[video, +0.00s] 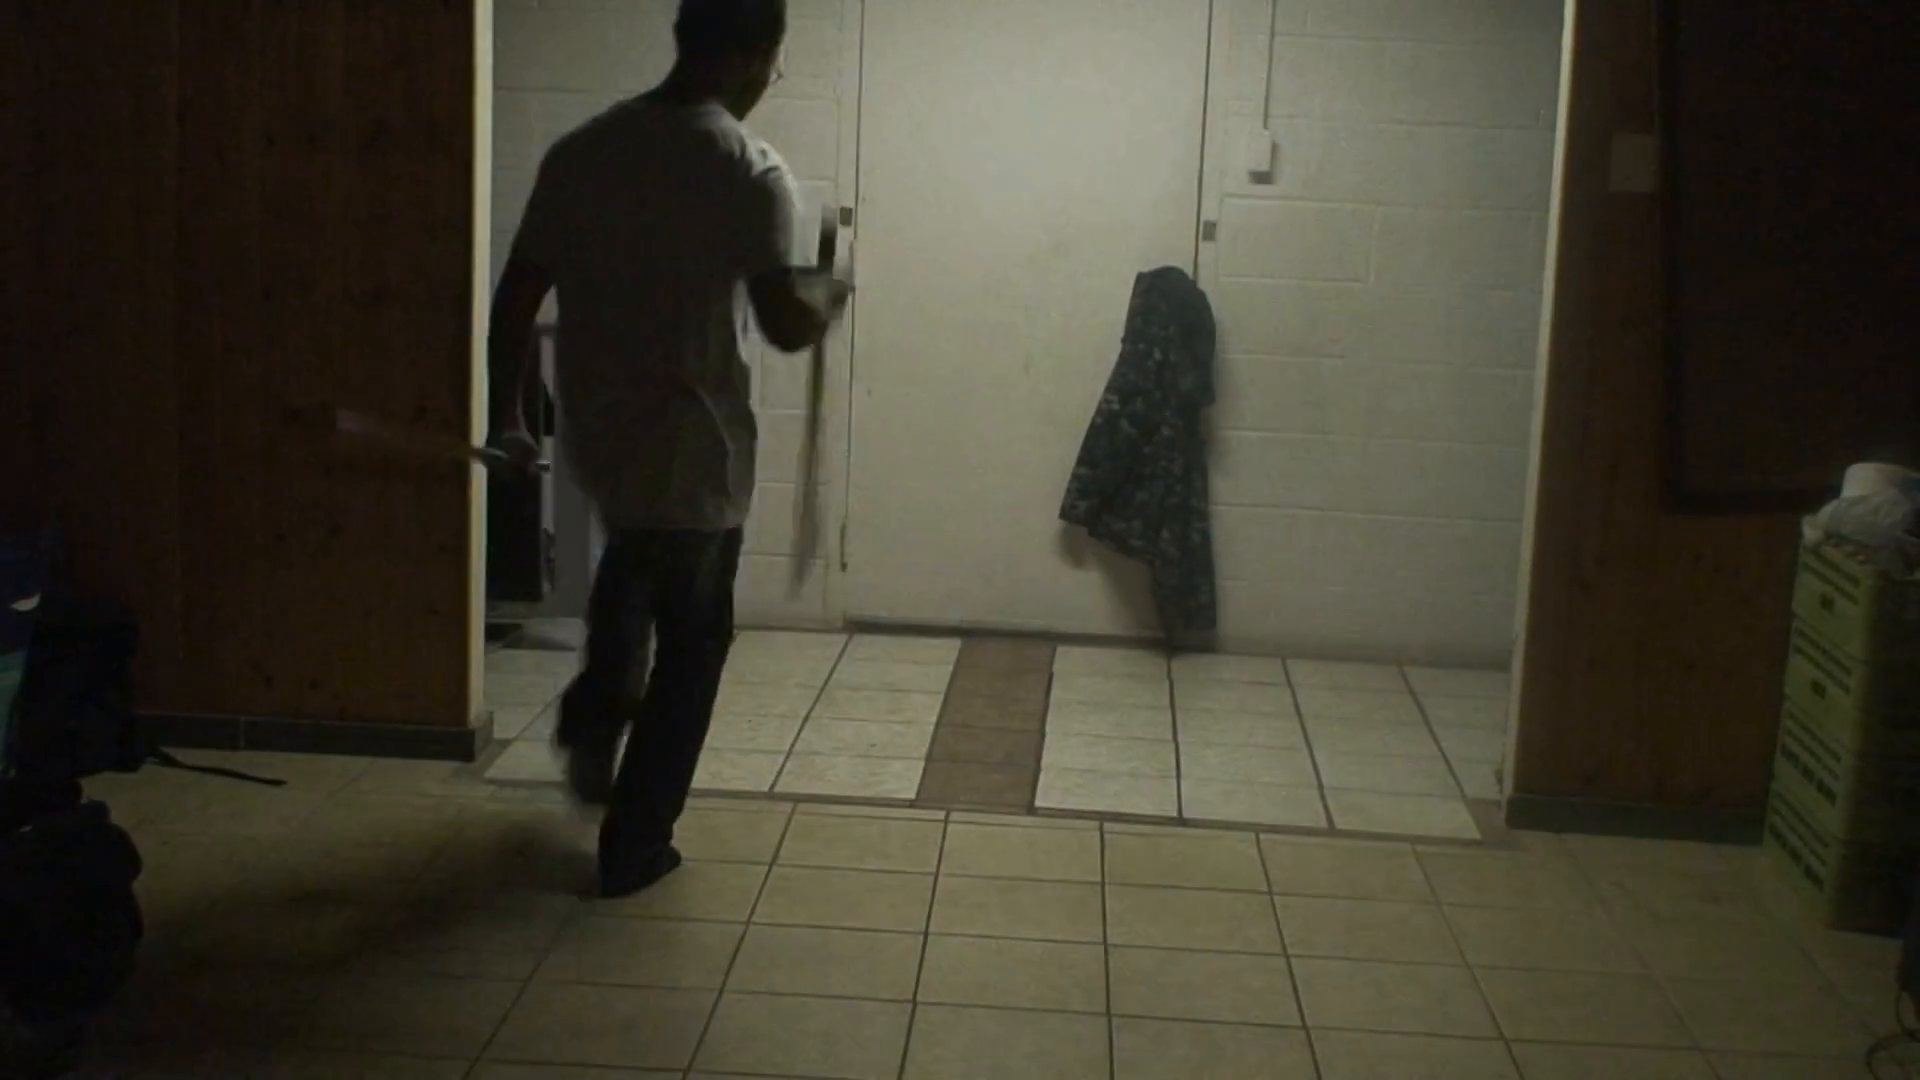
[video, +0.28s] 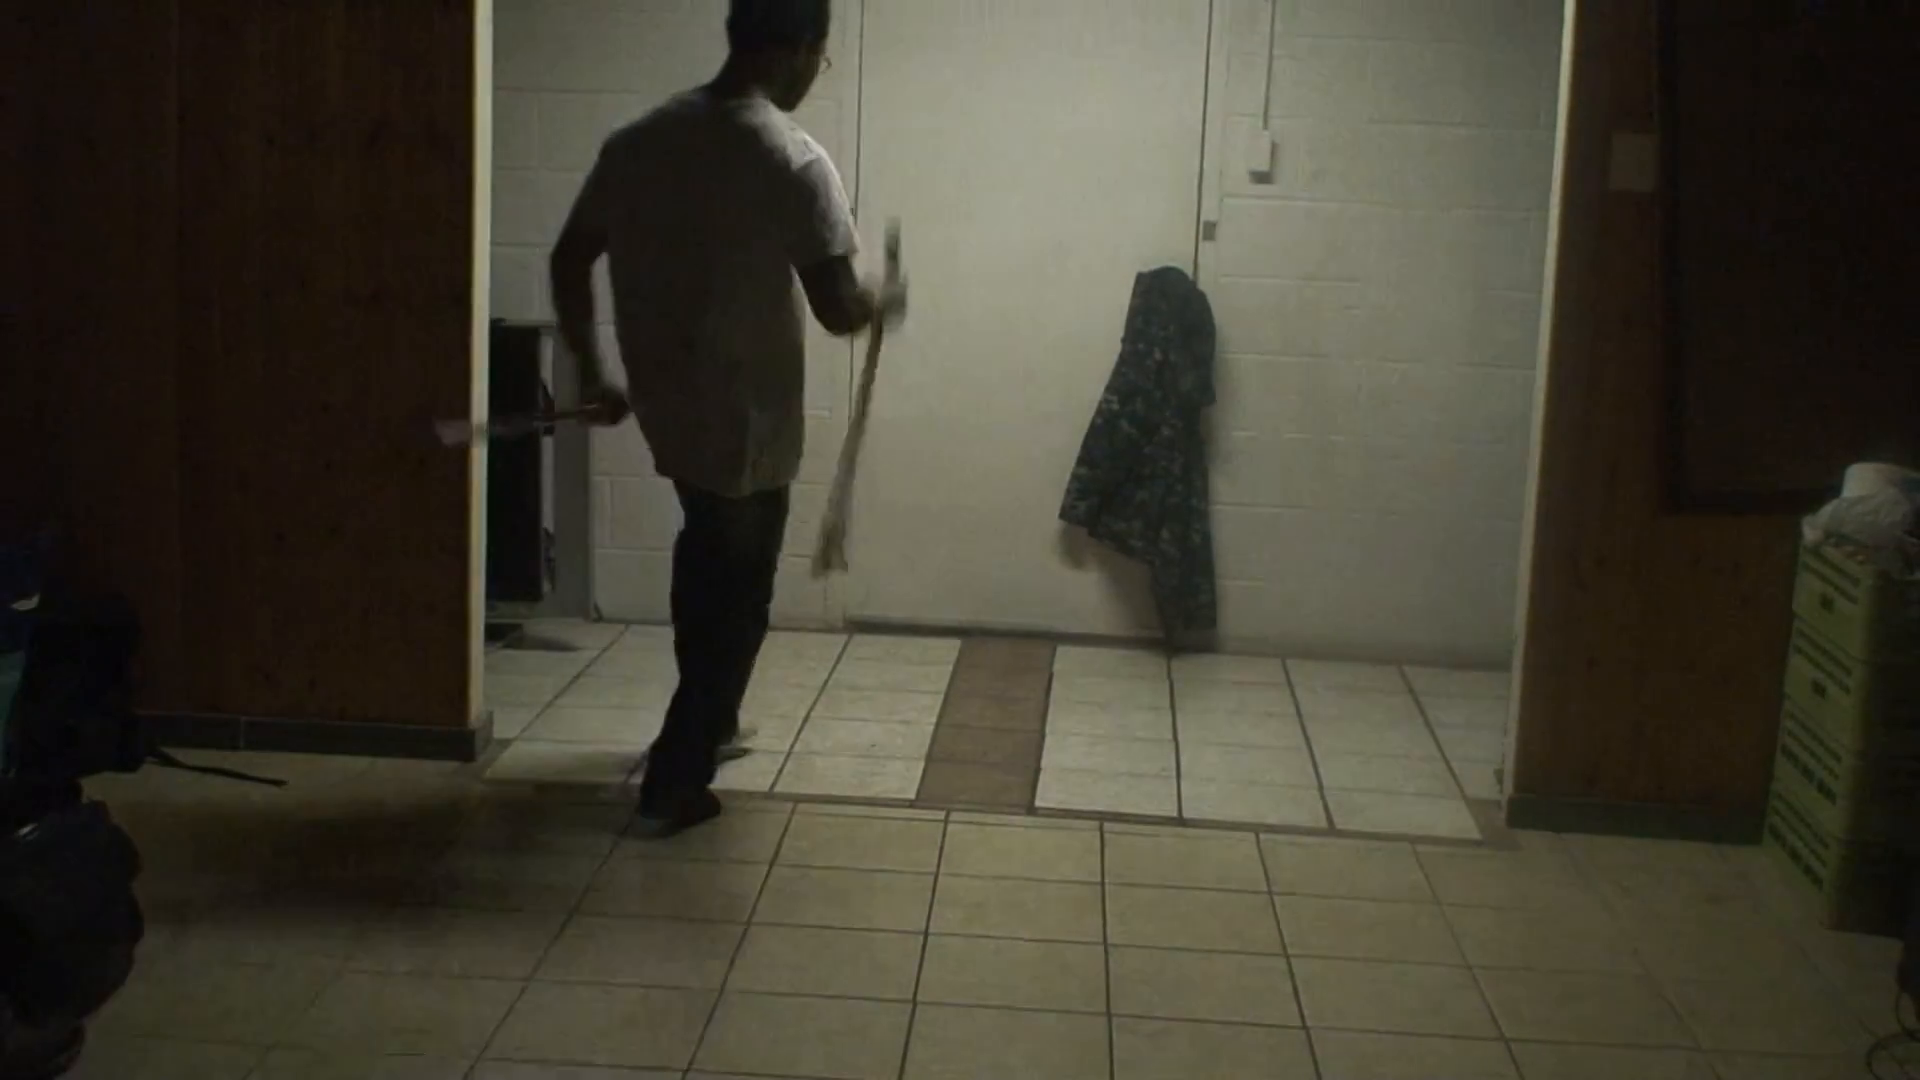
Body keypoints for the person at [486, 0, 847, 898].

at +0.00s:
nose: (773, 73)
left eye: (773, 55)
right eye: (772, 56)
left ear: (686, 40)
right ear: (750, 55)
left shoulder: (580, 153)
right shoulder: (749, 170)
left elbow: (516, 298)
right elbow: (788, 327)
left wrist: (515, 405)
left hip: (594, 431)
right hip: (696, 445)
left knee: (633, 551)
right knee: (693, 642)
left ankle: (592, 732)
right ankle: (633, 849)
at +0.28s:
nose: (821, 65)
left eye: (820, 49)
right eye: (818, 49)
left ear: (738, 39)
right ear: (794, 49)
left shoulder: (638, 143)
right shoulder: (794, 160)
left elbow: (570, 260)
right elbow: (840, 310)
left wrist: (590, 374)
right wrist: (885, 294)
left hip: (666, 404)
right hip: (751, 415)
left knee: (705, 546)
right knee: (738, 601)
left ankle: (705, 723)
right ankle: (674, 789)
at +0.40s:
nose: (839, 87)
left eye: (841, 71)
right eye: (840, 70)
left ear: (760, 54)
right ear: (818, 67)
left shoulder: (672, 150)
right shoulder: (809, 174)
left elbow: (617, 269)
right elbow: (828, 323)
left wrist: (686, 326)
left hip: (691, 415)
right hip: (767, 424)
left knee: (720, 574)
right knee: (754, 603)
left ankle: (706, 729)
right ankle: (679, 773)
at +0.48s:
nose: (855, 90)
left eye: (857, 73)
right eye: (855, 73)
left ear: (778, 56)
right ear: (829, 68)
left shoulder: (695, 146)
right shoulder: (817, 171)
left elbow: (660, 260)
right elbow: (816, 319)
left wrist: (746, 290)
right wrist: (821, 438)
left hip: (716, 409)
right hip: (788, 420)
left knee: (729, 554)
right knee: (821, 556)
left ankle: (699, 736)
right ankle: (709, 727)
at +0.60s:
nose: (889, 85)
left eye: (892, 68)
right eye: (885, 67)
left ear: (816, 56)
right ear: (846, 62)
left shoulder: (743, 133)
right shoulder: (830, 153)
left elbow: (748, 268)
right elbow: (804, 273)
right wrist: (821, 387)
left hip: (757, 380)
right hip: (821, 380)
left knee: (762, 539)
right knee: (920, 469)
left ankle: (704, 722)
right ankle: (817, 616)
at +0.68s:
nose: (918, 80)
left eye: (920, 64)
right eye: (913, 63)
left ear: (850, 53)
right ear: (871, 56)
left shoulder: (774, 128)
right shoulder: (852, 144)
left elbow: (777, 263)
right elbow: (808, 261)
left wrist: (770, 384)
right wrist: (800, 389)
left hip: (787, 367)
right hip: (851, 366)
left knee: (803, 521)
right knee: (946, 470)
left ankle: (745, 696)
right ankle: (873, 633)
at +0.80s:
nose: (955, 104)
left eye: (959, 87)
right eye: (946, 85)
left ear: (888, 80)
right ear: (899, 79)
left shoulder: (827, 148)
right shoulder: (886, 171)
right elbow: (840, 289)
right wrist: (841, 411)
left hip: (835, 397)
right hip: (898, 400)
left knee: (837, 535)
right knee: (957, 525)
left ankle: (770, 698)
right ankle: (922, 681)